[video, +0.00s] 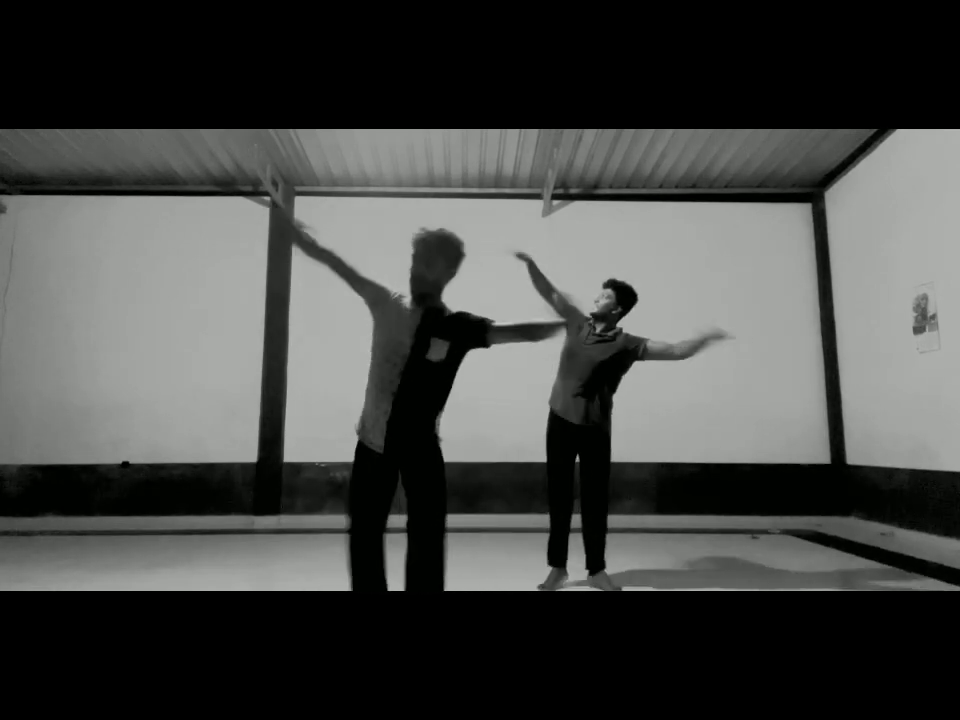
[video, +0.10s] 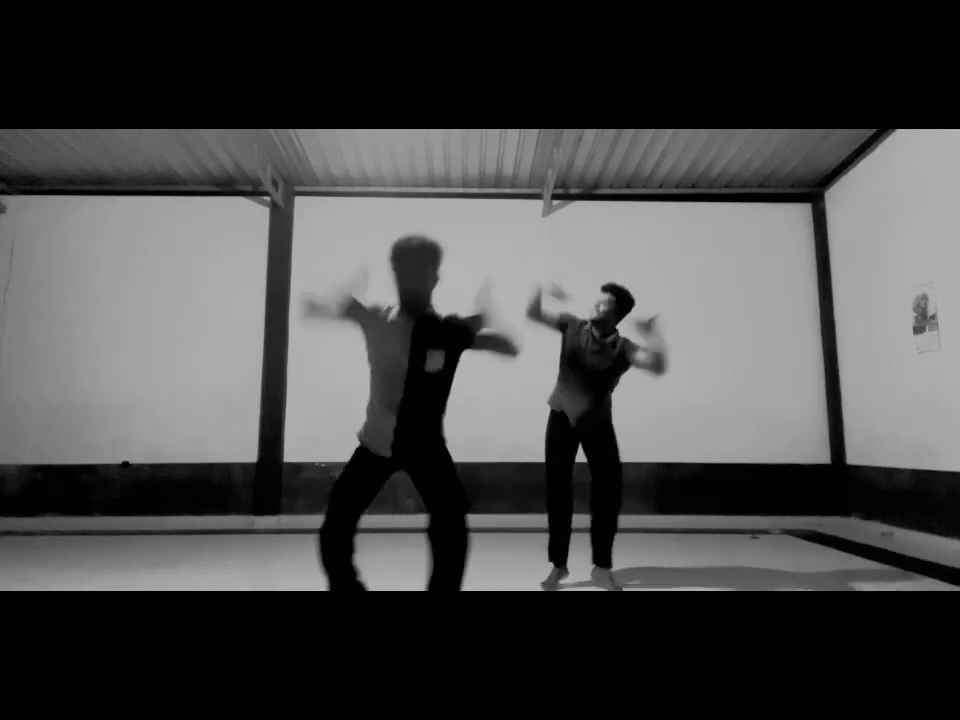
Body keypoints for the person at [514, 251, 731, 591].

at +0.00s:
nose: (597, 299)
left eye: (605, 297)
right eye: (600, 295)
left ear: (618, 309)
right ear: (599, 302)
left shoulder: (629, 345)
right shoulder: (576, 324)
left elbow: (676, 351)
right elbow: (550, 293)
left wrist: (705, 339)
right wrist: (530, 264)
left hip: (595, 432)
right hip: (560, 426)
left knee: (595, 503)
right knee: (559, 501)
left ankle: (596, 571)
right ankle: (557, 569)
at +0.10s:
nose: (597, 307)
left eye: (605, 305)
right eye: (598, 302)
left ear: (617, 314)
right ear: (595, 305)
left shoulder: (622, 347)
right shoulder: (571, 325)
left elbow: (658, 366)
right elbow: (534, 313)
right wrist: (540, 291)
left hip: (597, 424)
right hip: (562, 420)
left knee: (608, 491)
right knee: (558, 491)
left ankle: (602, 568)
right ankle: (558, 567)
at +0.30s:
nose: (607, 345)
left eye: (608, 339)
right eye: (601, 340)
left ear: (607, 341)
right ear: (584, 342)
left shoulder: (615, 375)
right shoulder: (564, 375)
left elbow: (624, 415)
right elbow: (557, 417)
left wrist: (604, 409)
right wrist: (585, 413)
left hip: (606, 451)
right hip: (569, 452)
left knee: (633, 507)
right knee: (547, 507)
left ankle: (614, 578)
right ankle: (561, 578)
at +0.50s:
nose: (599, 316)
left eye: (598, 311)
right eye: (593, 312)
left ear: (592, 315)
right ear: (579, 318)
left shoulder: (612, 338)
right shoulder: (561, 353)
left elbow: (641, 320)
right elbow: (531, 364)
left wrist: (674, 324)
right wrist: (528, 366)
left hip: (617, 431)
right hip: (582, 436)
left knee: (635, 493)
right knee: (572, 498)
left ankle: (616, 571)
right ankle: (563, 571)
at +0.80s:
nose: (599, 307)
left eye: (600, 302)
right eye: (591, 305)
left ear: (605, 304)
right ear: (580, 311)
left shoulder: (618, 329)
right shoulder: (571, 336)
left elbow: (641, 291)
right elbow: (536, 317)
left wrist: (658, 258)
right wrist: (516, 292)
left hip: (628, 420)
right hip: (596, 424)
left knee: (641, 488)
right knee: (603, 492)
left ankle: (637, 557)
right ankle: (607, 561)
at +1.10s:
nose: (623, 323)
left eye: (627, 319)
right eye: (617, 319)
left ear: (635, 324)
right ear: (610, 325)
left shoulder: (647, 354)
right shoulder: (602, 351)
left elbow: (662, 354)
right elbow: (587, 350)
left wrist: (641, 323)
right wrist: (602, 319)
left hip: (632, 432)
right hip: (596, 428)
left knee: (655, 488)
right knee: (575, 483)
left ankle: (659, 565)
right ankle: (587, 549)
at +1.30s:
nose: (630, 357)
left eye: (634, 351)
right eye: (625, 351)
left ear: (641, 349)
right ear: (617, 349)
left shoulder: (651, 385)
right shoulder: (599, 377)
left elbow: (651, 420)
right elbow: (589, 417)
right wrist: (605, 429)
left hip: (631, 452)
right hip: (594, 448)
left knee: (673, 499)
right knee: (547, 476)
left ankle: (662, 567)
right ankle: (527, 550)